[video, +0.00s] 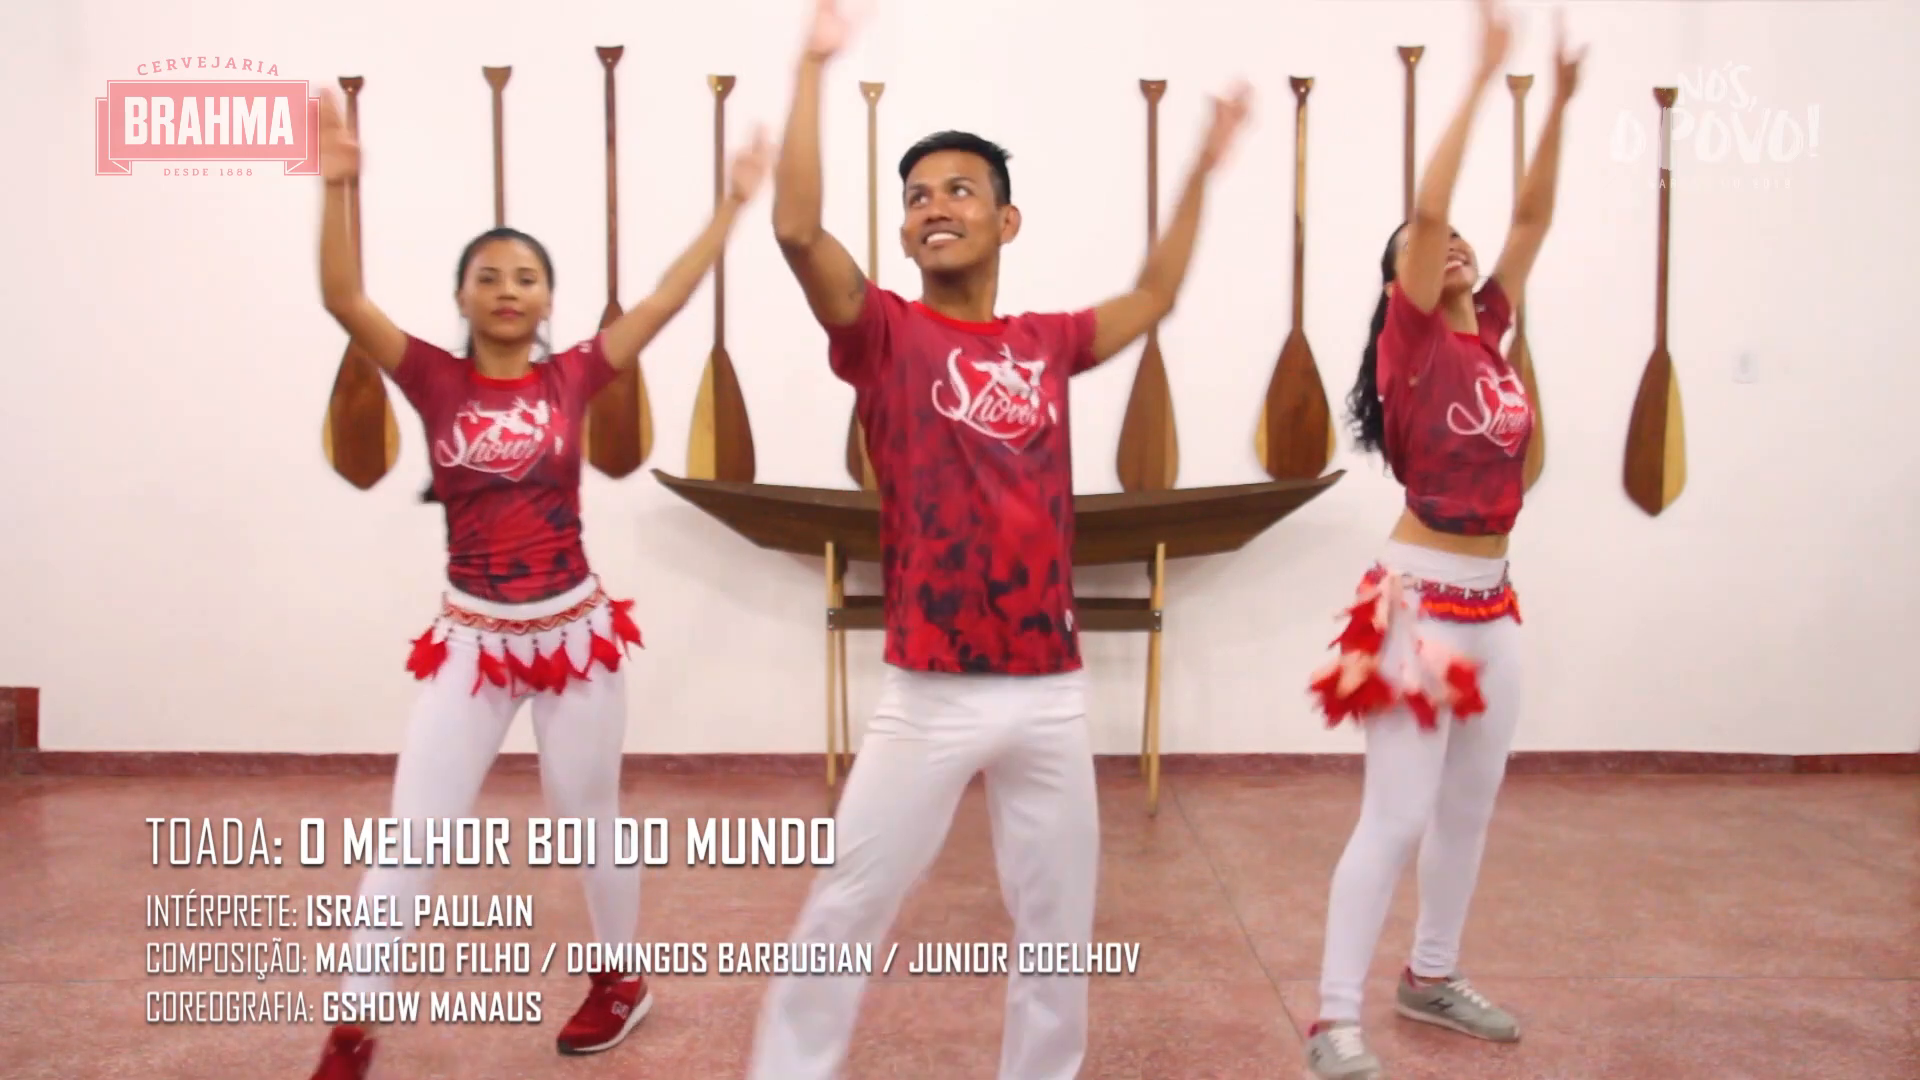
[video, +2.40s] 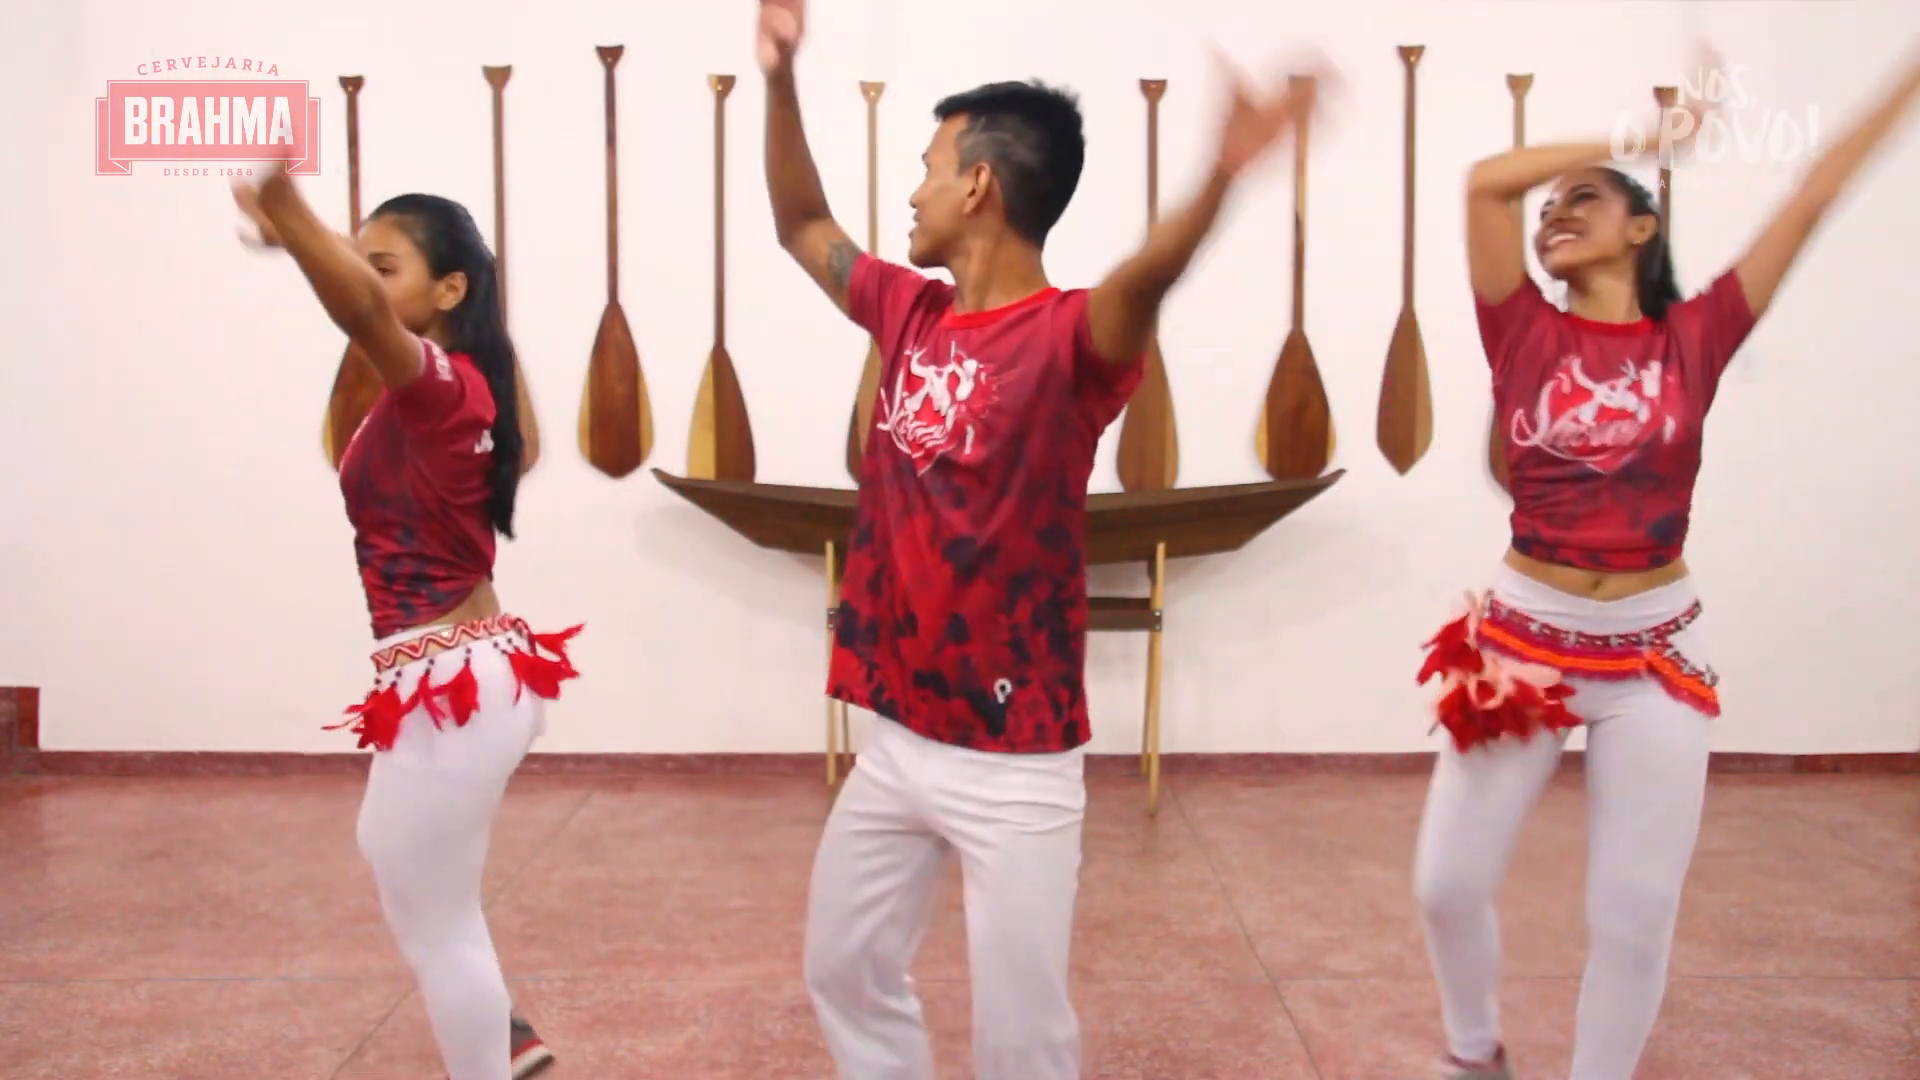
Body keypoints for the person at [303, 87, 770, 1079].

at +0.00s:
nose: (506, 290)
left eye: (524, 278)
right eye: (490, 276)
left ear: (548, 299)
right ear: (462, 297)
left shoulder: (575, 375)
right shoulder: (435, 380)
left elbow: (665, 299)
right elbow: (343, 297)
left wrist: (733, 203)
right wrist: (340, 183)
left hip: (575, 639)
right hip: (472, 641)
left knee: (592, 826)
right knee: (413, 834)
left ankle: (619, 978)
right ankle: (354, 1021)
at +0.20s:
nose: (449, 285)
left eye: (468, 273)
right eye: (431, 272)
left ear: (495, 298)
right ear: (403, 294)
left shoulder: (513, 377)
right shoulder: (370, 377)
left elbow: (607, 300)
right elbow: (265, 300)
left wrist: (614, 191)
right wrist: (208, 190)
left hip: (519, 642)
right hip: (410, 650)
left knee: (560, 832)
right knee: (378, 851)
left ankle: (595, 974)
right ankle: (340, 1047)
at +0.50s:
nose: (369, 282)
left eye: (389, 271)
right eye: (350, 268)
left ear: (416, 296)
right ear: (321, 292)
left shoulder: (437, 376)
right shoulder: (284, 377)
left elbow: (540, 298)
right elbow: (152, 311)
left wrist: (480, 218)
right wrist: (42, 220)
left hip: (431, 650)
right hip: (322, 659)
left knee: (513, 837)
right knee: (326, 866)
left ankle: (516, 967)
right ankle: (337, 1051)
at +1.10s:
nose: (320, 298)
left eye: (345, 281)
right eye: (305, 280)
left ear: (374, 307)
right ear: (284, 298)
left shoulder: (396, 389)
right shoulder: (253, 390)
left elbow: (465, 314)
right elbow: (106, 370)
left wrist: (342, 294)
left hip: (385, 672)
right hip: (273, 675)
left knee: (384, 886)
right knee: (300, 889)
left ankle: (405, 1073)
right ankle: (331, 1060)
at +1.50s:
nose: (330, 271)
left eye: (353, 258)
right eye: (318, 254)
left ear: (398, 281)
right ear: (298, 269)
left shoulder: (400, 380)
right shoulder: (295, 359)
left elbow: (381, 272)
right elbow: (195, 276)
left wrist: (302, 130)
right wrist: (136, 151)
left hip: (384, 667)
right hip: (294, 670)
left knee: (373, 891)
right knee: (311, 884)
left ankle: (459, 1077)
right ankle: (342, 1058)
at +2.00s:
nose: (373, 290)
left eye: (394, 273)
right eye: (365, 272)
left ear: (452, 288)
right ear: (353, 281)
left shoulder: (455, 393)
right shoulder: (370, 361)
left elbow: (436, 313)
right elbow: (312, 284)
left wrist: (388, 183)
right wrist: (292, 213)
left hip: (458, 692)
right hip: (390, 690)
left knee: (447, 940)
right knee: (281, 846)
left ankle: (483, 1079)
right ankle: (434, 989)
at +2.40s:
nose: (363, 287)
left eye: (386, 267)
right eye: (359, 267)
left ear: (448, 290)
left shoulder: (442, 389)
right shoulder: (435, 385)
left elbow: (367, 317)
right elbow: (361, 305)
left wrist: (292, 219)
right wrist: (296, 233)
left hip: (457, 684)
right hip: (453, 675)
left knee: (435, 927)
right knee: (394, 852)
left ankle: (481, 1076)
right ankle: (498, 1027)